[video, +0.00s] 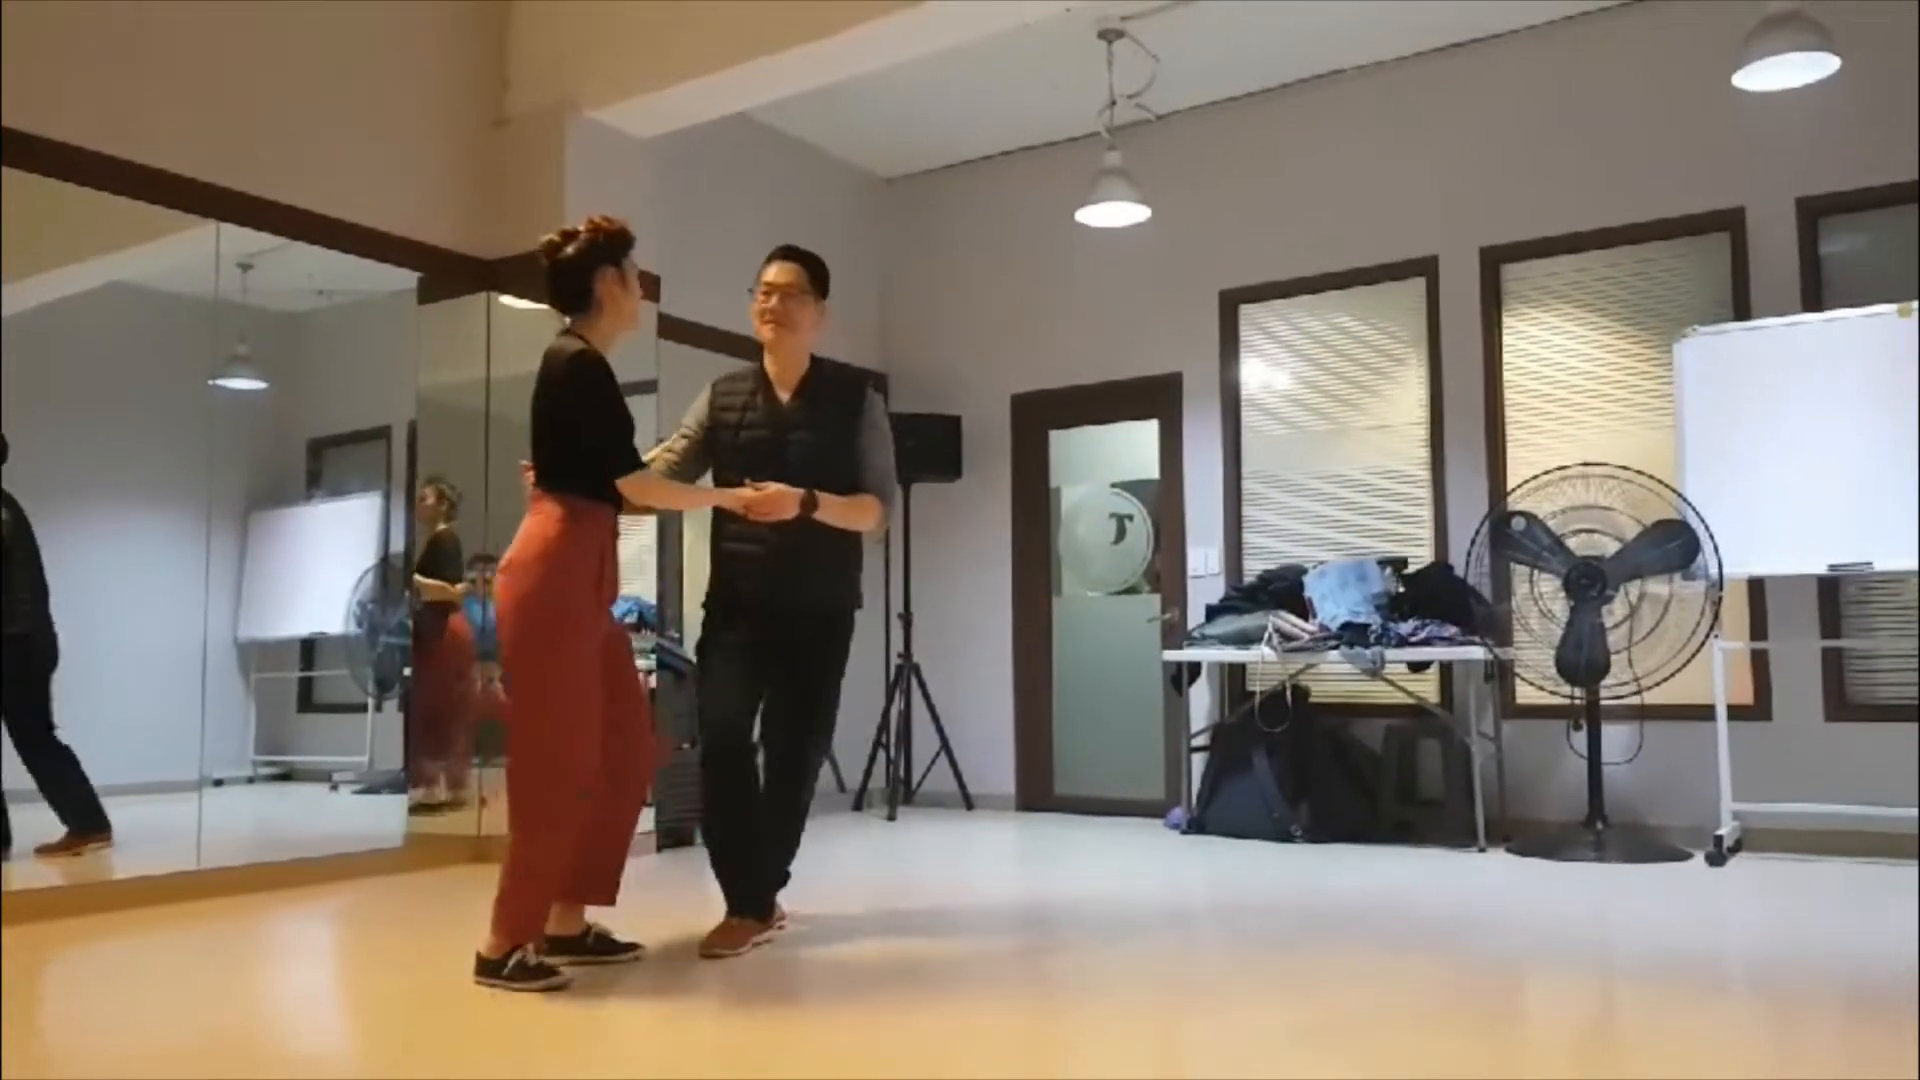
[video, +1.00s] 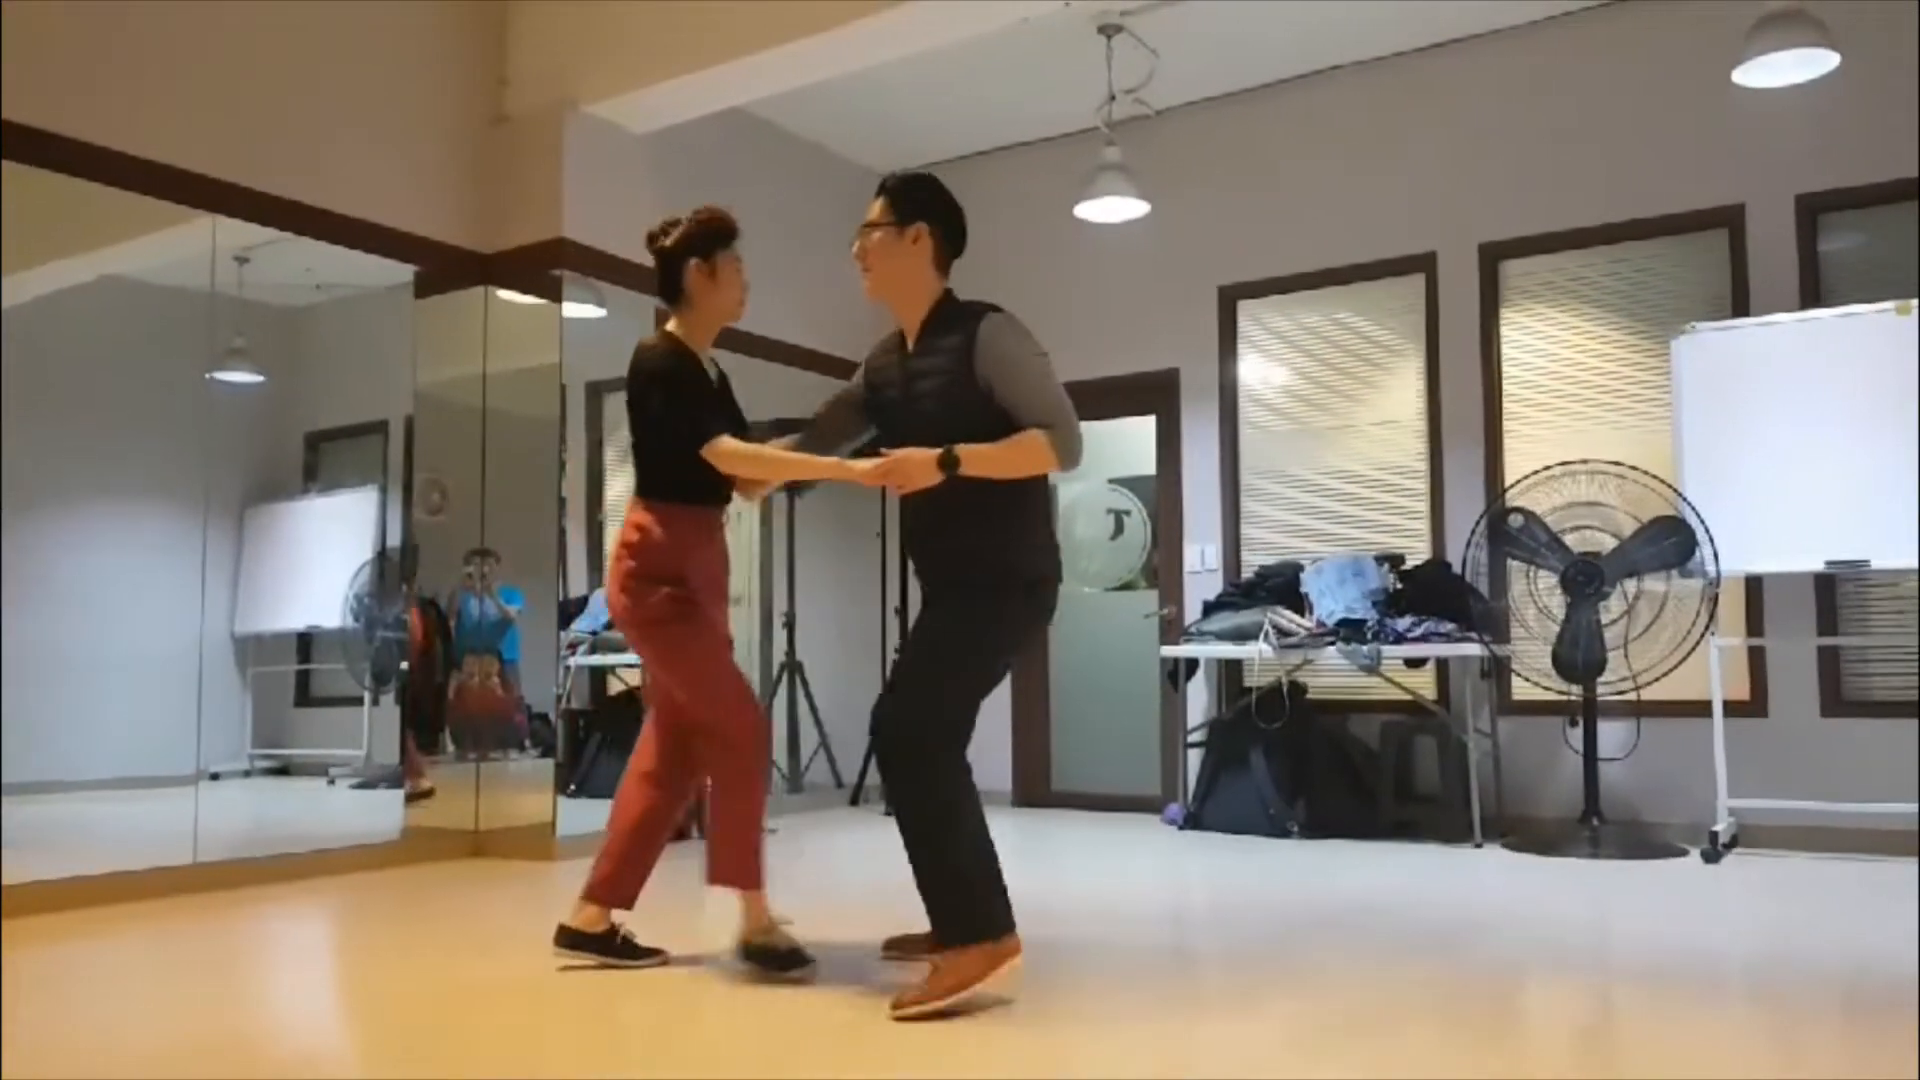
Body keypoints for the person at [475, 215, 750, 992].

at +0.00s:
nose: (644, 294)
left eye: (638, 280)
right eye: (634, 280)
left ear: (592, 289)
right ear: (606, 286)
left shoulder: (581, 367)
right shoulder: (577, 369)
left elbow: (612, 480)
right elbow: (629, 483)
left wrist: (691, 493)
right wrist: (721, 496)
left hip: (575, 581)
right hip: (549, 582)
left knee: (628, 746)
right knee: (559, 756)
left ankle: (565, 921)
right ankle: (505, 945)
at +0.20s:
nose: (669, 281)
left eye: (663, 268)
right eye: (662, 268)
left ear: (615, 281)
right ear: (640, 277)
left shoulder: (602, 357)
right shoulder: (612, 361)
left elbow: (597, 471)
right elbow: (632, 479)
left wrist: (679, 468)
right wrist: (728, 485)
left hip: (582, 565)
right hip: (589, 570)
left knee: (604, 738)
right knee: (634, 738)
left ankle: (571, 918)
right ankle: (542, 908)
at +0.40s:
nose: (695, 285)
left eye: (690, 272)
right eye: (688, 272)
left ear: (641, 282)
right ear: (663, 279)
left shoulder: (624, 358)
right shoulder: (632, 366)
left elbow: (636, 474)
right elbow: (646, 484)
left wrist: (710, 464)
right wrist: (748, 489)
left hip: (600, 572)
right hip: (607, 578)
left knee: (622, 745)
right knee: (673, 736)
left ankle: (566, 922)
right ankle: (662, 931)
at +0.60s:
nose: (709, 283)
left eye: (703, 270)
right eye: (701, 270)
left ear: (654, 281)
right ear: (676, 277)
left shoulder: (635, 358)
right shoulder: (644, 364)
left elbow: (657, 477)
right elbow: (667, 482)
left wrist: (739, 467)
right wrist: (783, 489)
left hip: (628, 571)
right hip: (633, 576)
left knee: (671, 748)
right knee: (700, 740)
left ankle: (580, 910)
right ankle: (692, 934)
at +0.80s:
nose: (724, 276)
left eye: (721, 261)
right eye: (717, 260)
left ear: (679, 266)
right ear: (687, 264)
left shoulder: (663, 347)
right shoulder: (652, 347)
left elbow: (698, 446)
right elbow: (700, 455)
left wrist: (780, 450)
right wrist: (805, 456)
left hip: (659, 553)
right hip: (641, 556)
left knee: (675, 733)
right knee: (694, 732)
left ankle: (598, 909)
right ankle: (689, 928)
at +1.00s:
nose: (745, 282)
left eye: (741, 267)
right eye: (735, 267)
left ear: (702, 276)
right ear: (698, 275)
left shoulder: (709, 368)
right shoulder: (662, 360)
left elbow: (737, 472)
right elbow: (728, 455)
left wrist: (767, 472)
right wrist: (849, 468)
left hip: (697, 565)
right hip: (655, 567)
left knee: (674, 746)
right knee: (739, 727)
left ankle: (592, 916)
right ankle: (757, 923)